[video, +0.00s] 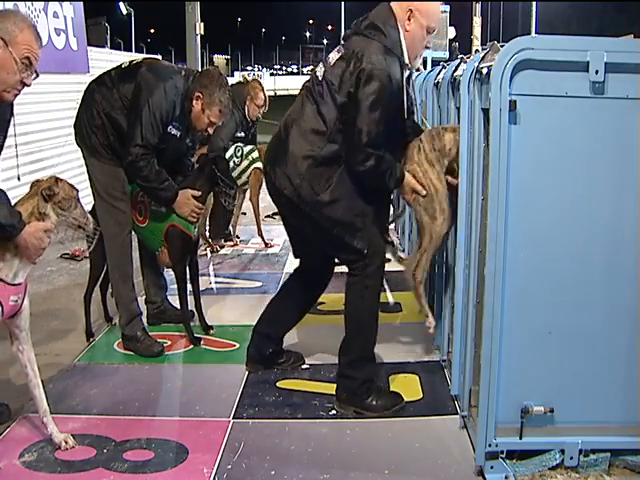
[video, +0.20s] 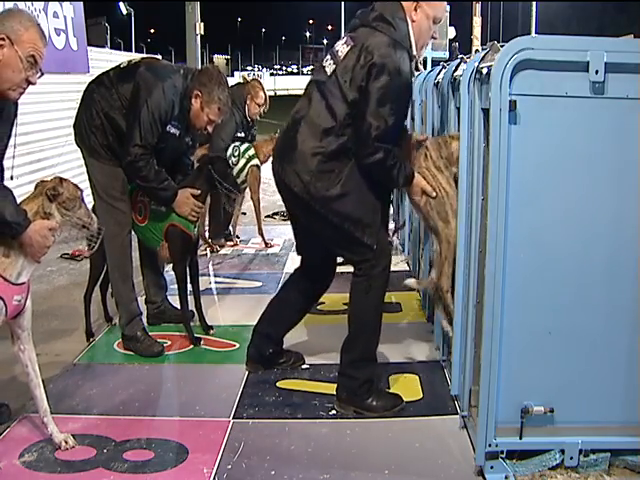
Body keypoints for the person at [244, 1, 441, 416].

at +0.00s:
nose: (430, 42)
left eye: (434, 33)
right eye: (430, 31)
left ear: (405, 17)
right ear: (407, 18)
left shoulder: (370, 41)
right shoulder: (381, 61)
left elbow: (396, 125)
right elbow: (362, 153)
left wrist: (431, 155)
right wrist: (398, 177)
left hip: (288, 164)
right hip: (310, 170)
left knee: (315, 265)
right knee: (368, 255)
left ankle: (262, 347)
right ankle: (357, 386)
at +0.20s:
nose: (436, 33)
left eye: (439, 24)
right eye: (435, 21)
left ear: (410, 10)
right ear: (414, 9)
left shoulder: (369, 33)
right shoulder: (392, 55)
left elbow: (367, 116)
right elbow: (371, 146)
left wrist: (406, 141)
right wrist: (406, 177)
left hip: (294, 161)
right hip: (321, 169)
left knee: (317, 267)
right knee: (374, 256)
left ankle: (262, 348)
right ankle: (357, 386)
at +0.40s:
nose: (439, 41)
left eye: (443, 31)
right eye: (439, 29)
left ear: (411, 15)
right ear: (417, 16)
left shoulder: (369, 37)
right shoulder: (394, 60)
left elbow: (381, 136)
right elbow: (380, 156)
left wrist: (420, 163)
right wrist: (415, 186)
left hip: (294, 162)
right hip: (324, 171)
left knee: (317, 263)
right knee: (376, 258)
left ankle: (263, 347)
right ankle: (358, 387)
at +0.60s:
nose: (437, 51)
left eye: (440, 41)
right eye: (436, 39)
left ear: (406, 21)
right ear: (413, 27)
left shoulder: (368, 49)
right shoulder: (391, 73)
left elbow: (391, 145)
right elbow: (392, 170)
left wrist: (435, 164)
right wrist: (436, 193)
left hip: (292, 173)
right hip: (324, 181)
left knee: (319, 270)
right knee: (380, 261)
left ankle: (263, 350)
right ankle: (358, 386)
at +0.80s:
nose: (435, 67)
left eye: (438, 58)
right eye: (434, 56)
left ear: (406, 40)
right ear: (414, 43)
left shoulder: (367, 68)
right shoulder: (396, 98)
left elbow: (415, 151)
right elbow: (409, 184)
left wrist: (461, 176)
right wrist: (456, 204)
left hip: (289, 193)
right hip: (319, 204)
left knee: (333, 269)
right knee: (388, 267)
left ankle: (267, 341)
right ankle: (358, 387)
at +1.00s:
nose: (426, 83)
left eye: (427, 74)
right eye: (424, 74)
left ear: (395, 63)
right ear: (404, 70)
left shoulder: (361, 87)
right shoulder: (393, 129)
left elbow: (384, 149)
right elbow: (433, 206)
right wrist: (490, 218)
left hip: (296, 229)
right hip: (325, 240)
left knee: (340, 312)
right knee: (400, 275)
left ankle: (264, 333)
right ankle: (359, 388)